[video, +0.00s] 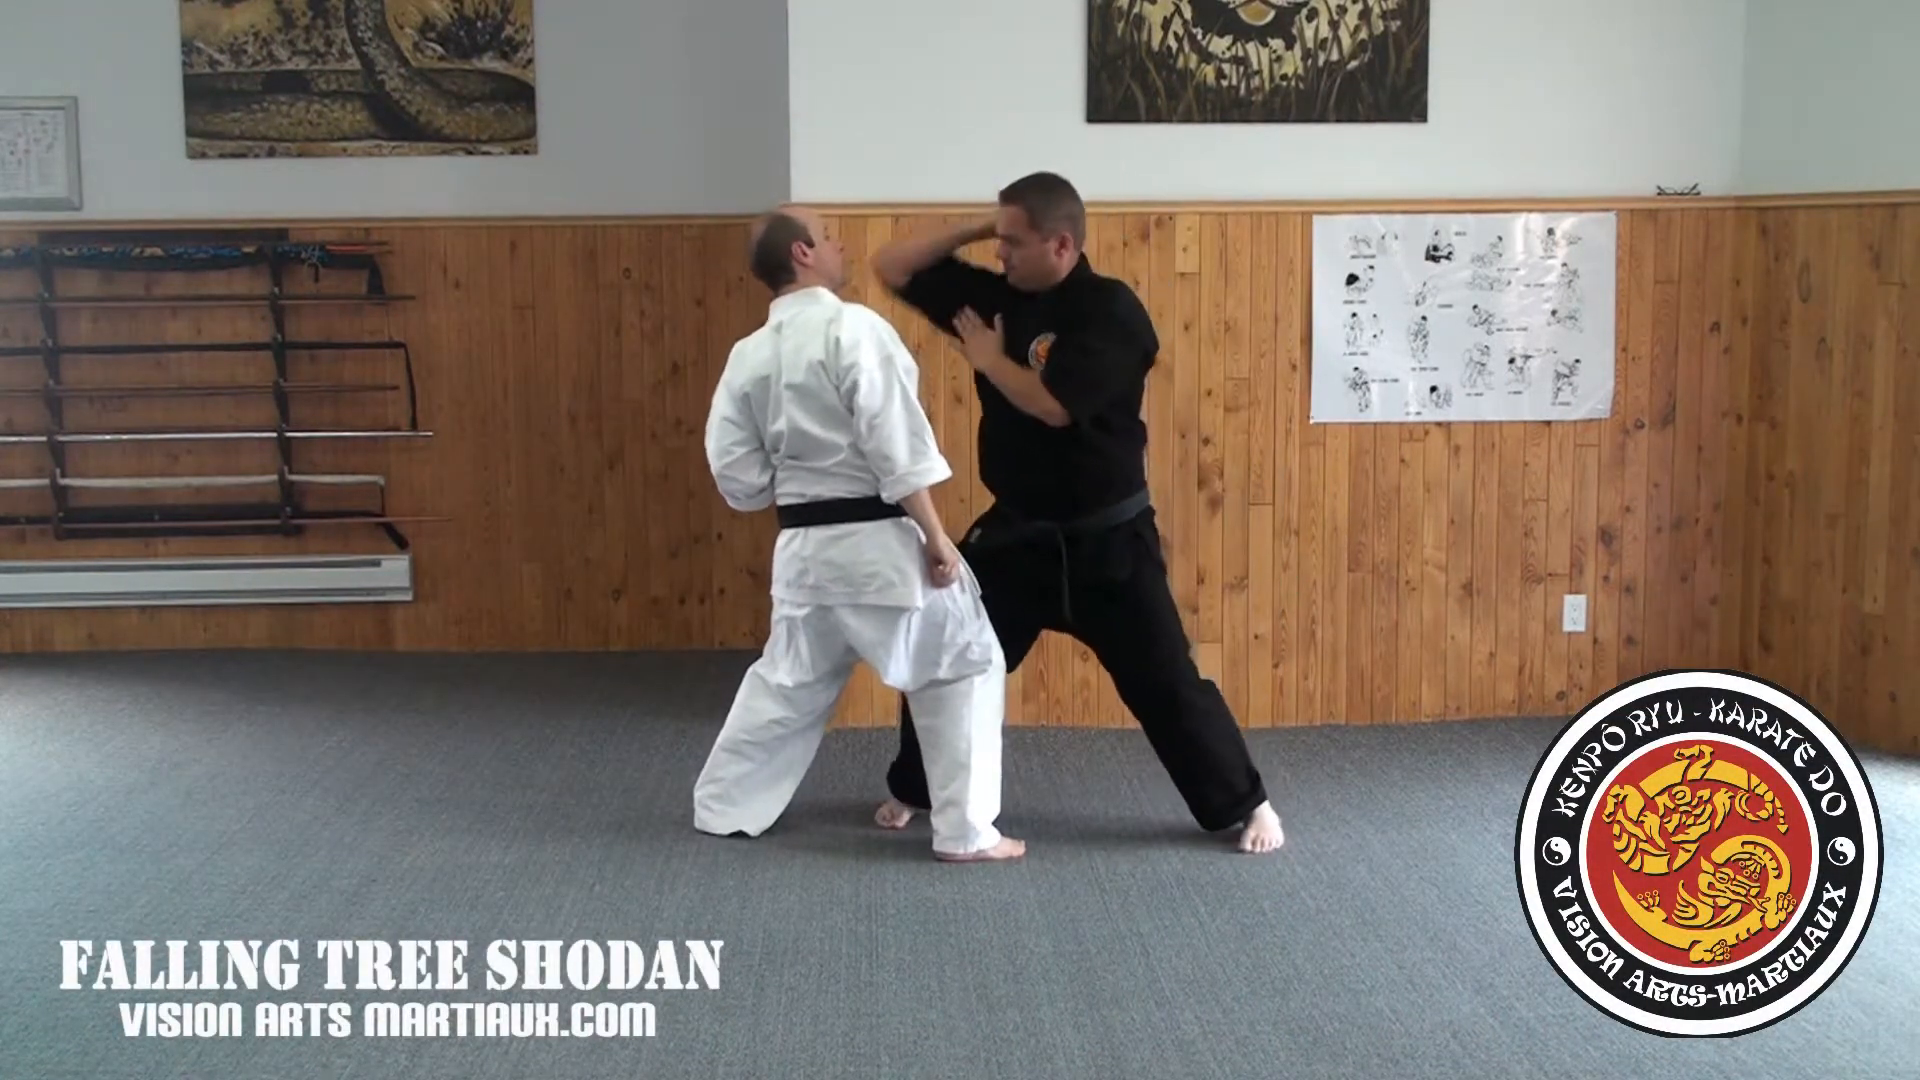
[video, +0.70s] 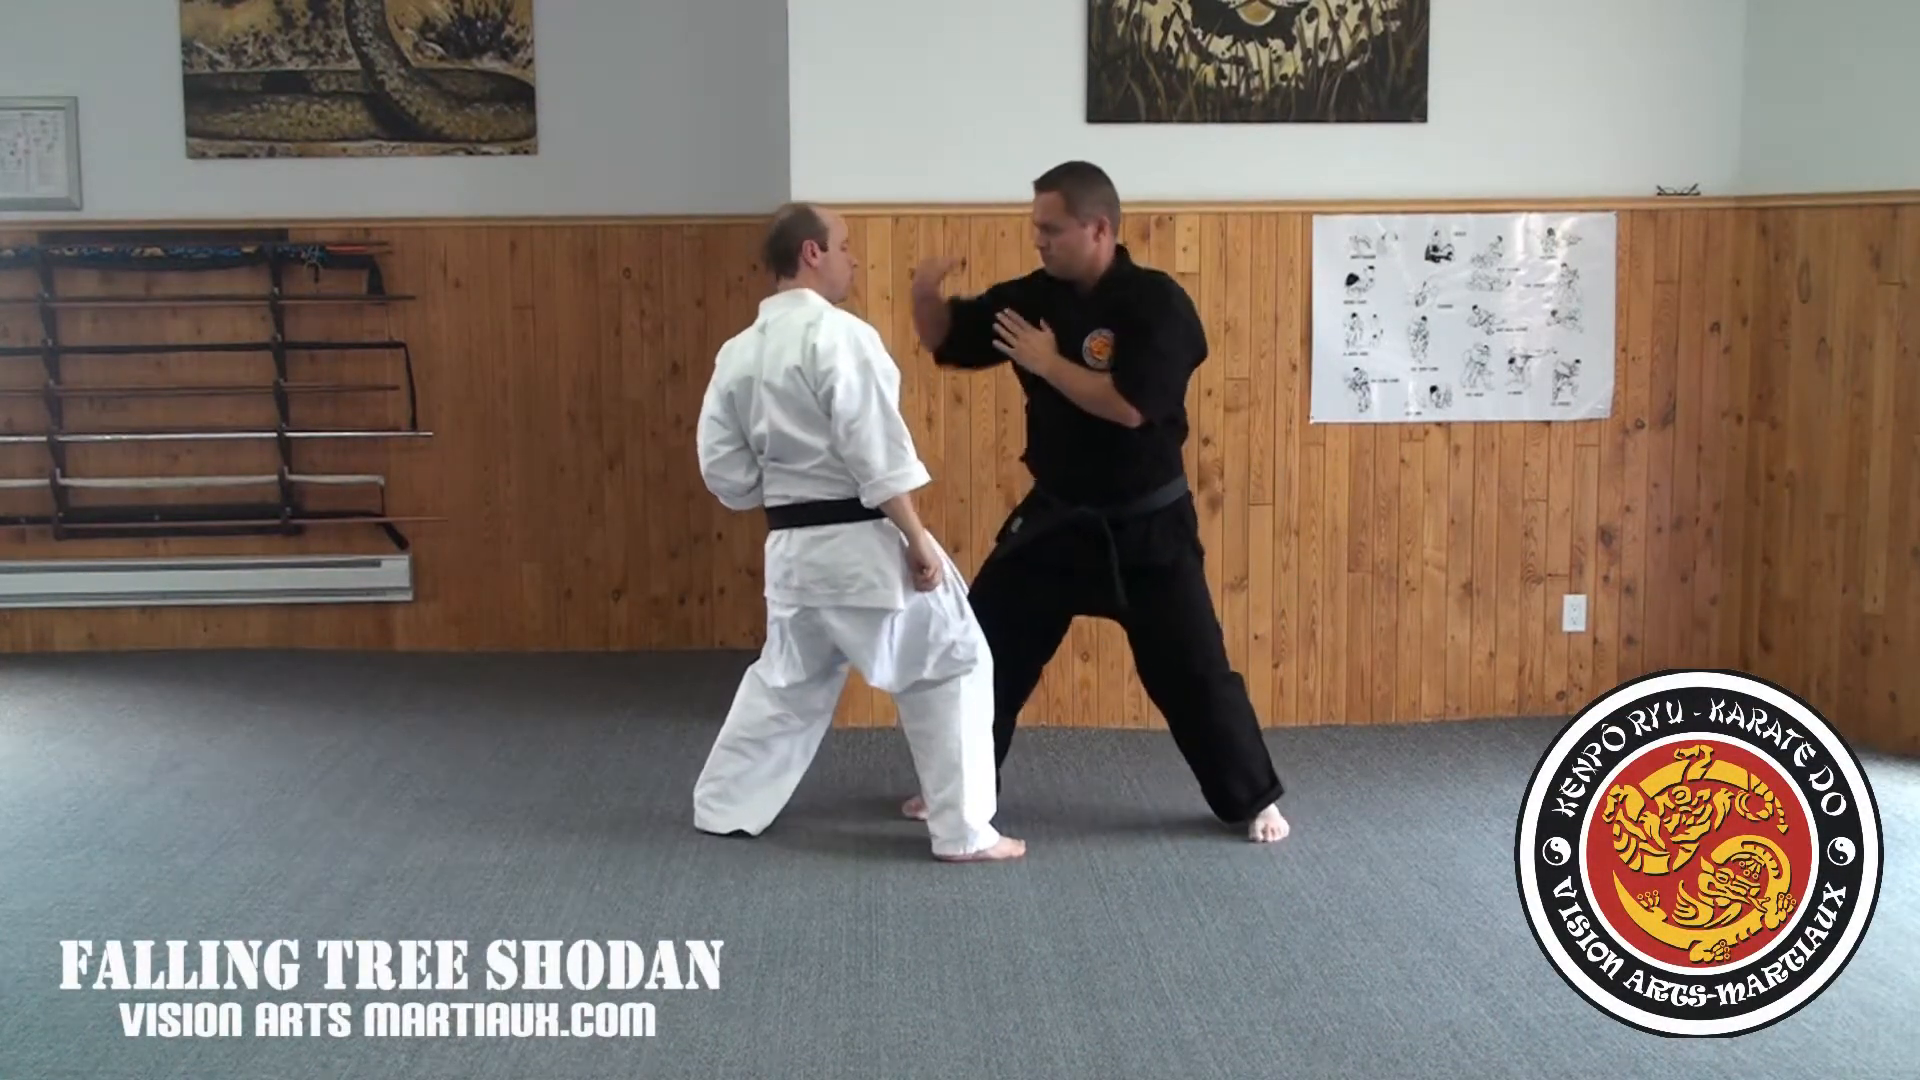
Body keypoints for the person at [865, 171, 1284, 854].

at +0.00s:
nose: (1000, 252)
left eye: (1012, 242)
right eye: (998, 239)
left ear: (1060, 245)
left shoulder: (1113, 313)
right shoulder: (995, 303)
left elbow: (1055, 406)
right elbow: (890, 268)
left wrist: (988, 359)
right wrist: (977, 233)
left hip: (1108, 537)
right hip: (1014, 534)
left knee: (1165, 682)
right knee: (939, 658)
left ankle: (1246, 804)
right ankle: (914, 790)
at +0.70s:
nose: (1038, 242)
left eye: (1049, 230)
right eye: (1035, 229)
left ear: (1100, 231)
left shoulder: (1158, 304)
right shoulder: (1033, 301)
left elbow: (1133, 406)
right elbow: (947, 338)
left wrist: (1047, 364)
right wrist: (928, 298)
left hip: (1147, 525)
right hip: (1052, 520)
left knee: (1193, 669)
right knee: (982, 652)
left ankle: (1254, 800)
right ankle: (960, 786)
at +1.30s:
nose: (1037, 230)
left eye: (1047, 217)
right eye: (1035, 218)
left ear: (1096, 219)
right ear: (1085, 221)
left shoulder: (1140, 294)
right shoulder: (1055, 296)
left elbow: (1067, 383)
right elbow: (975, 359)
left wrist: (1006, 315)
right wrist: (890, 383)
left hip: (1135, 517)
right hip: (1055, 514)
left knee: (1170, 665)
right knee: (994, 654)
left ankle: (1254, 792)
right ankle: (963, 787)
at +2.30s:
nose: (1049, 242)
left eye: (1062, 228)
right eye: (1046, 229)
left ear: (1110, 229)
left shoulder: (1174, 308)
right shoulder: (1033, 307)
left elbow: (1173, 417)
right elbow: (922, 321)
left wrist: (1074, 384)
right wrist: (830, 317)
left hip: (1142, 530)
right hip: (1043, 526)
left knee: (1197, 669)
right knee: (973, 653)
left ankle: (1257, 796)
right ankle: (946, 785)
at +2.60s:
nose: (1045, 218)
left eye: (1057, 205)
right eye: (1043, 206)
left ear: (1107, 202)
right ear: (1057, 209)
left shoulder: (1184, 283)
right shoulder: (1034, 297)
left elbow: (1239, 359)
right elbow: (937, 354)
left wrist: (1149, 307)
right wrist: (849, 348)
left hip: (1157, 512)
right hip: (1059, 513)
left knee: (1200, 659)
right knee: (989, 646)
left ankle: (1259, 800)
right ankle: (962, 782)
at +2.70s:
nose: (1032, 212)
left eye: (1043, 199)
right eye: (1030, 200)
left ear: (1090, 196)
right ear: (1070, 201)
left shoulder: (1160, 272)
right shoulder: (1027, 292)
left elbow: (1219, 302)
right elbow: (926, 354)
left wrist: (1131, 237)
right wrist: (833, 345)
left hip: (1143, 507)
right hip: (1049, 511)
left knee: (1189, 649)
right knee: (984, 639)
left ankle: (1258, 792)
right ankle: (1016, 777)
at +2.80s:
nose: (1015, 214)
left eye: (1025, 200)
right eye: (1013, 202)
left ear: (1074, 199)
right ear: (1051, 205)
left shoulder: (1125, 276)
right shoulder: (1011, 294)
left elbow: (1176, 253)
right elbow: (912, 350)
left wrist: (1106, 182)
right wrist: (824, 345)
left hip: (1118, 507)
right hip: (1030, 511)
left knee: (1172, 643)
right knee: (978, 639)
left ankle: (1259, 784)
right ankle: (1021, 781)